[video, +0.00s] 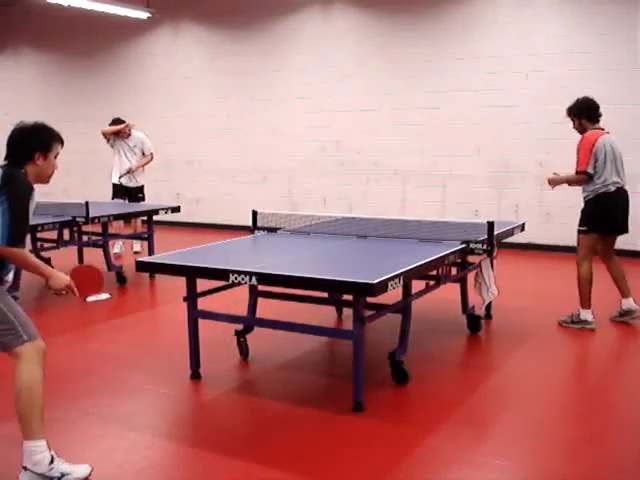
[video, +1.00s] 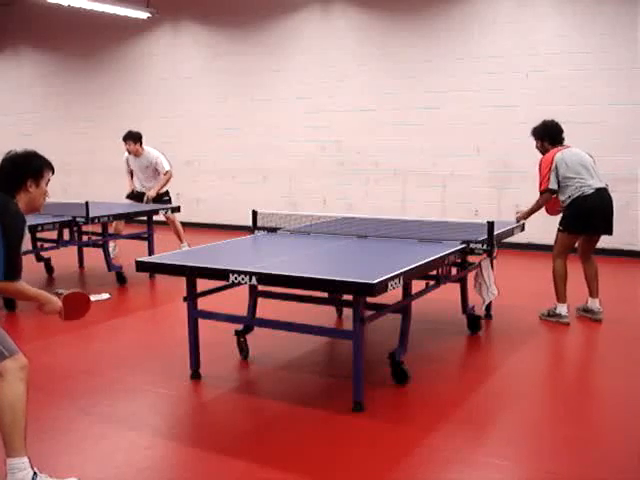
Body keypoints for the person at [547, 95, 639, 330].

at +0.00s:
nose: (573, 126)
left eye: (573, 121)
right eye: (572, 122)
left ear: (582, 119)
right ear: (594, 118)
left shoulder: (588, 139)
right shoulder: (608, 139)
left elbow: (584, 177)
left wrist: (560, 179)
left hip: (598, 200)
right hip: (619, 198)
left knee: (584, 257)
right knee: (607, 253)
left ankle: (585, 314)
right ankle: (629, 304)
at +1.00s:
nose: (536, 147)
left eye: (537, 142)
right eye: (535, 142)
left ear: (544, 141)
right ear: (559, 138)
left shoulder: (548, 158)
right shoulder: (580, 153)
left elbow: (547, 194)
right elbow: (591, 181)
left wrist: (526, 214)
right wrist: (566, 200)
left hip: (579, 205)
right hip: (603, 201)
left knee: (559, 255)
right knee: (586, 253)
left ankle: (561, 308)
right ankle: (594, 304)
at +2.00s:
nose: (556, 122)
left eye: (557, 119)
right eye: (557, 119)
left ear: (562, 122)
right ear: (581, 123)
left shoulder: (555, 141)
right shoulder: (593, 145)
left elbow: (532, 166)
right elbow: (603, 175)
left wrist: (515, 187)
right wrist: (584, 183)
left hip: (567, 196)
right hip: (594, 196)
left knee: (560, 253)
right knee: (588, 252)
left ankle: (561, 307)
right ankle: (592, 304)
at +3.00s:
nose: (489, 156)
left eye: (493, 152)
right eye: (486, 152)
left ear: (503, 152)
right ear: (484, 153)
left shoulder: (516, 171)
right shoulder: (484, 174)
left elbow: (532, 195)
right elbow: (473, 193)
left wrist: (528, 220)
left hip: (523, 212)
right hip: (501, 212)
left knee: (518, 251)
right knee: (484, 245)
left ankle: (550, 290)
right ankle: (480, 278)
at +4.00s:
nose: (500, 149)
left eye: (502, 145)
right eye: (499, 145)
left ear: (512, 145)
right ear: (519, 146)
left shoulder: (515, 159)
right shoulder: (534, 161)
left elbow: (522, 173)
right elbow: (555, 184)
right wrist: (573, 203)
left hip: (548, 209)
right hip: (539, 212)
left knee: (566, 258)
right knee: (514, 245)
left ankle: (606, 297)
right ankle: (521, 285)